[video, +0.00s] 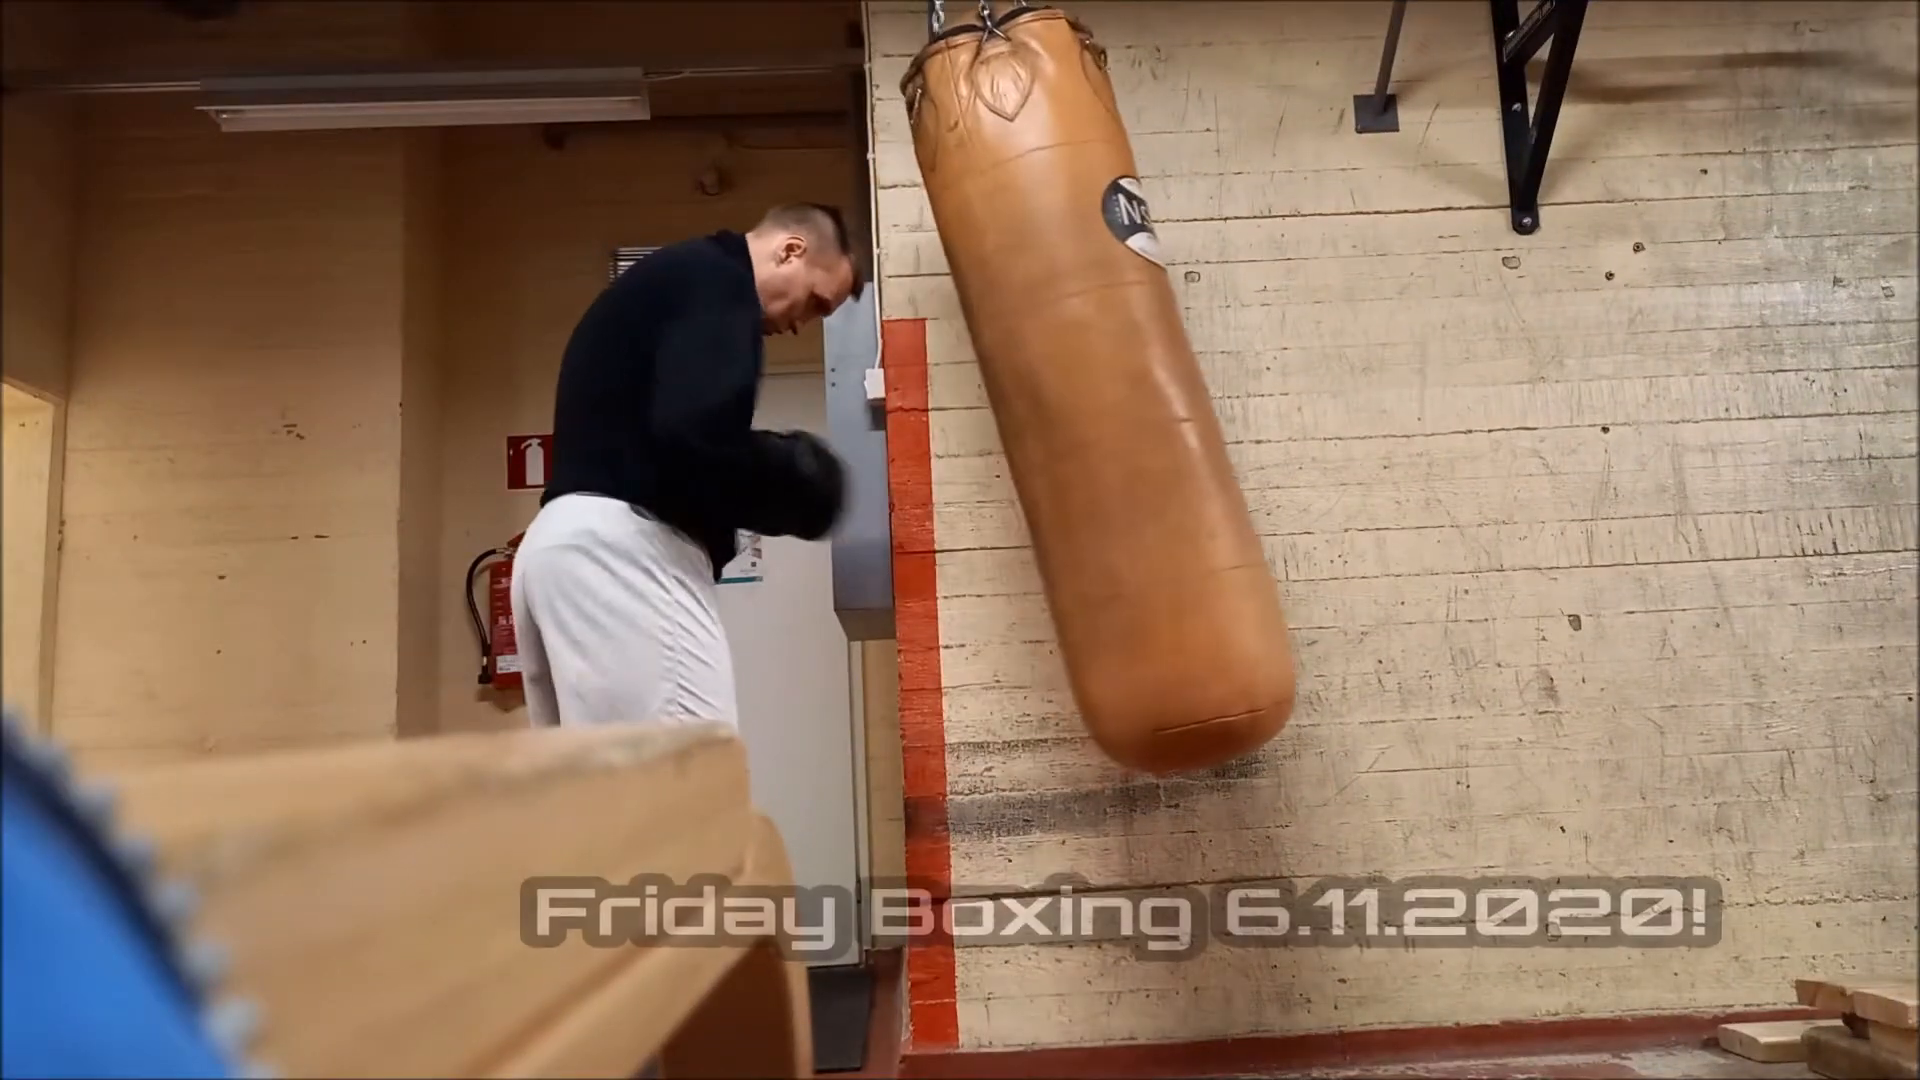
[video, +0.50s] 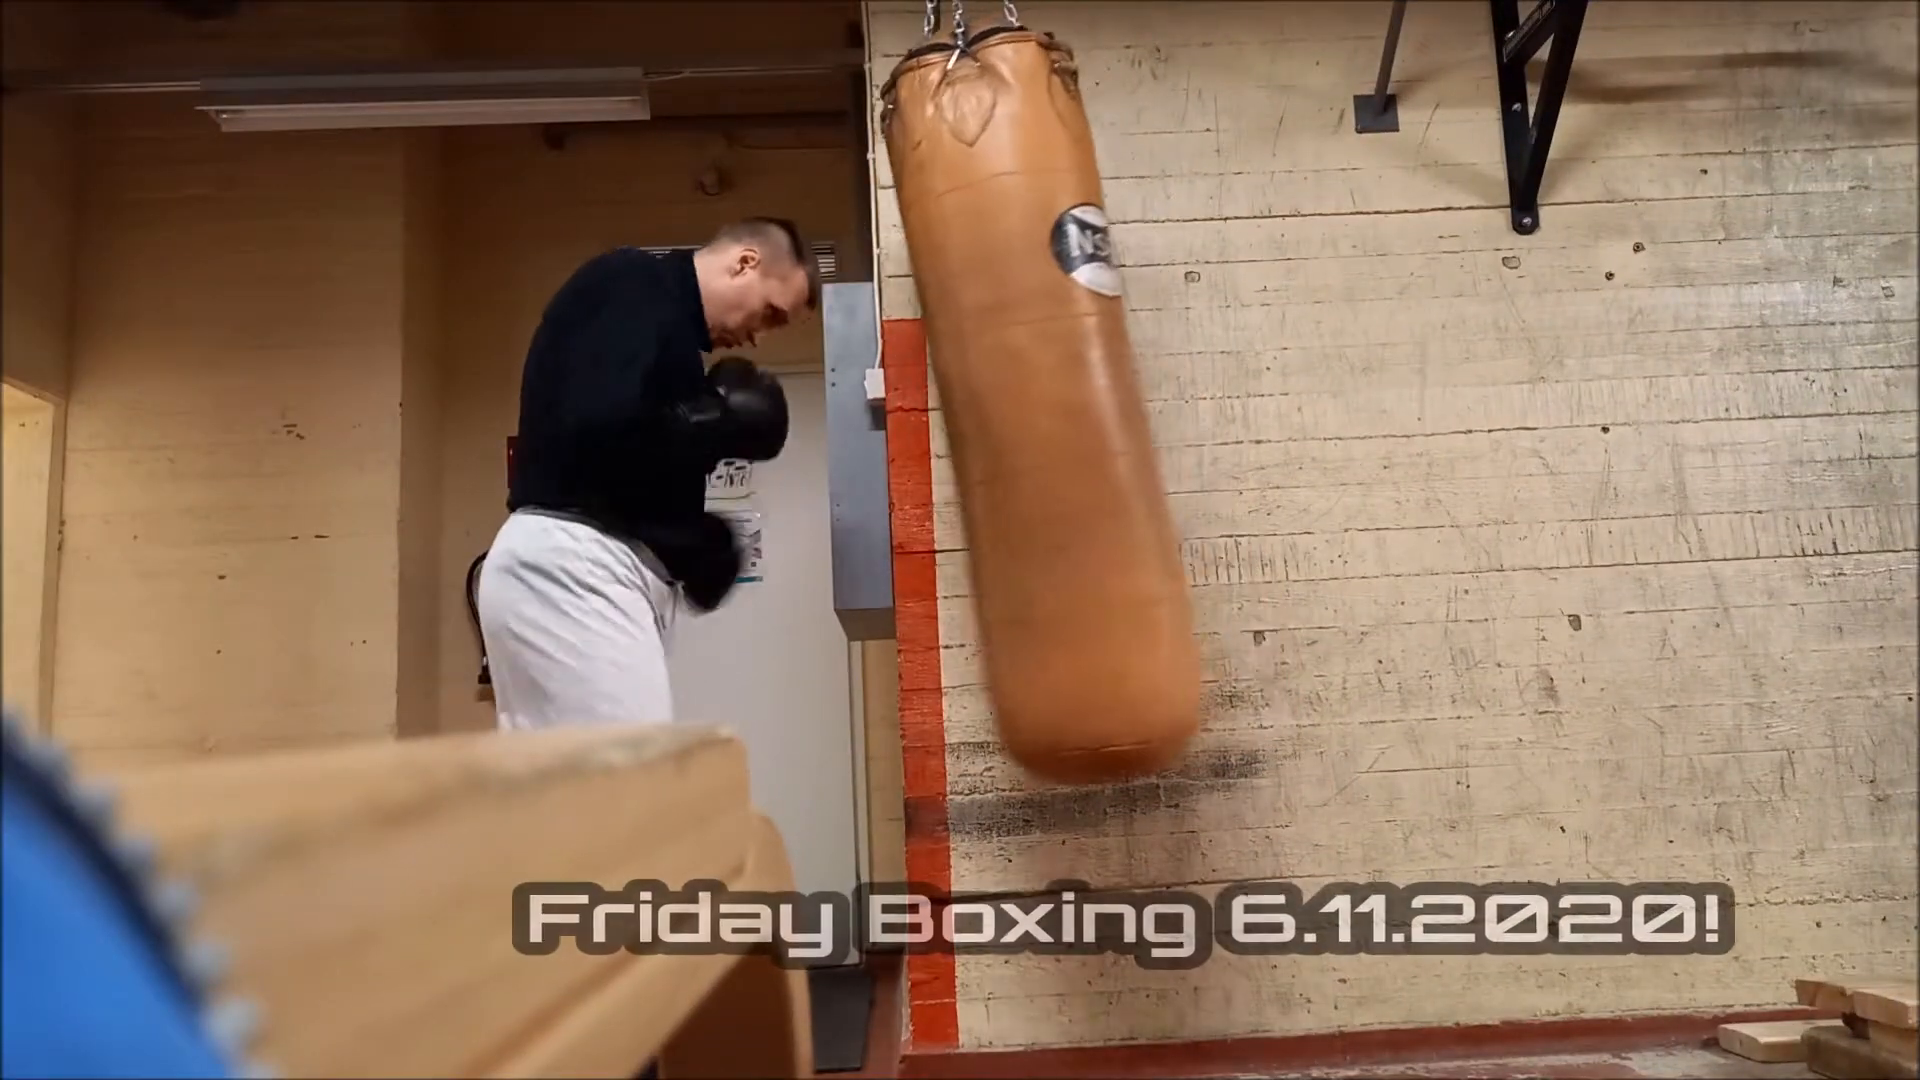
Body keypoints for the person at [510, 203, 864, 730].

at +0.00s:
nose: (800, 325)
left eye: (817, 315)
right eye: (814, 302)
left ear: (788, 248)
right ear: (791, 250)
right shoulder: (716, 281)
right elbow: (696, 444)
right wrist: (802, 473)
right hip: (620, 548)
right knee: (688, 801)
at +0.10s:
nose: (782, 333)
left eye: (799, 323)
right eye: (797, 310)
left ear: (771, 259)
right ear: (773, 261)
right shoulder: (703, 285)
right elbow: (650, 423)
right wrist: (750, 473)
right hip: (612, 551)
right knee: (683, 800)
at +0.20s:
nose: (761, 344)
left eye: (777, 334)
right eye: (775, 322)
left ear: (751, 272)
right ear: (752, 274)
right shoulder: (688, 293)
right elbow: (637, 420)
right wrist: (723, 510)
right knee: (693, 788)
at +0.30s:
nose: (751, 349)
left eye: (768, 339)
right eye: (765, 327)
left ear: (743, 277)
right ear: (744, 278)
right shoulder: (681, 296)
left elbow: (515, 465)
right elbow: (636, 426)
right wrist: (721, 501)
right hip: (581, 564)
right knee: (672, 791)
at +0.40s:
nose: (751, 342)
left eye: (766, 331)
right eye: (764, 319)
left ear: (740, 269)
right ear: (742, 270)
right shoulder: (662, 288)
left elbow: (528, 457)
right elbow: (625, 423)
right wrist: (728, 433)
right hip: (575, 566)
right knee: (651, 790)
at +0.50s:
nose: (759, 336)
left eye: (774, 326)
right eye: (770, 312)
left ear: (741, 263)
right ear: (744, 263)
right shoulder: (631, 287)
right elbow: (598, 443)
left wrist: (703, 545)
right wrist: (713, 423)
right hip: (570, 569)